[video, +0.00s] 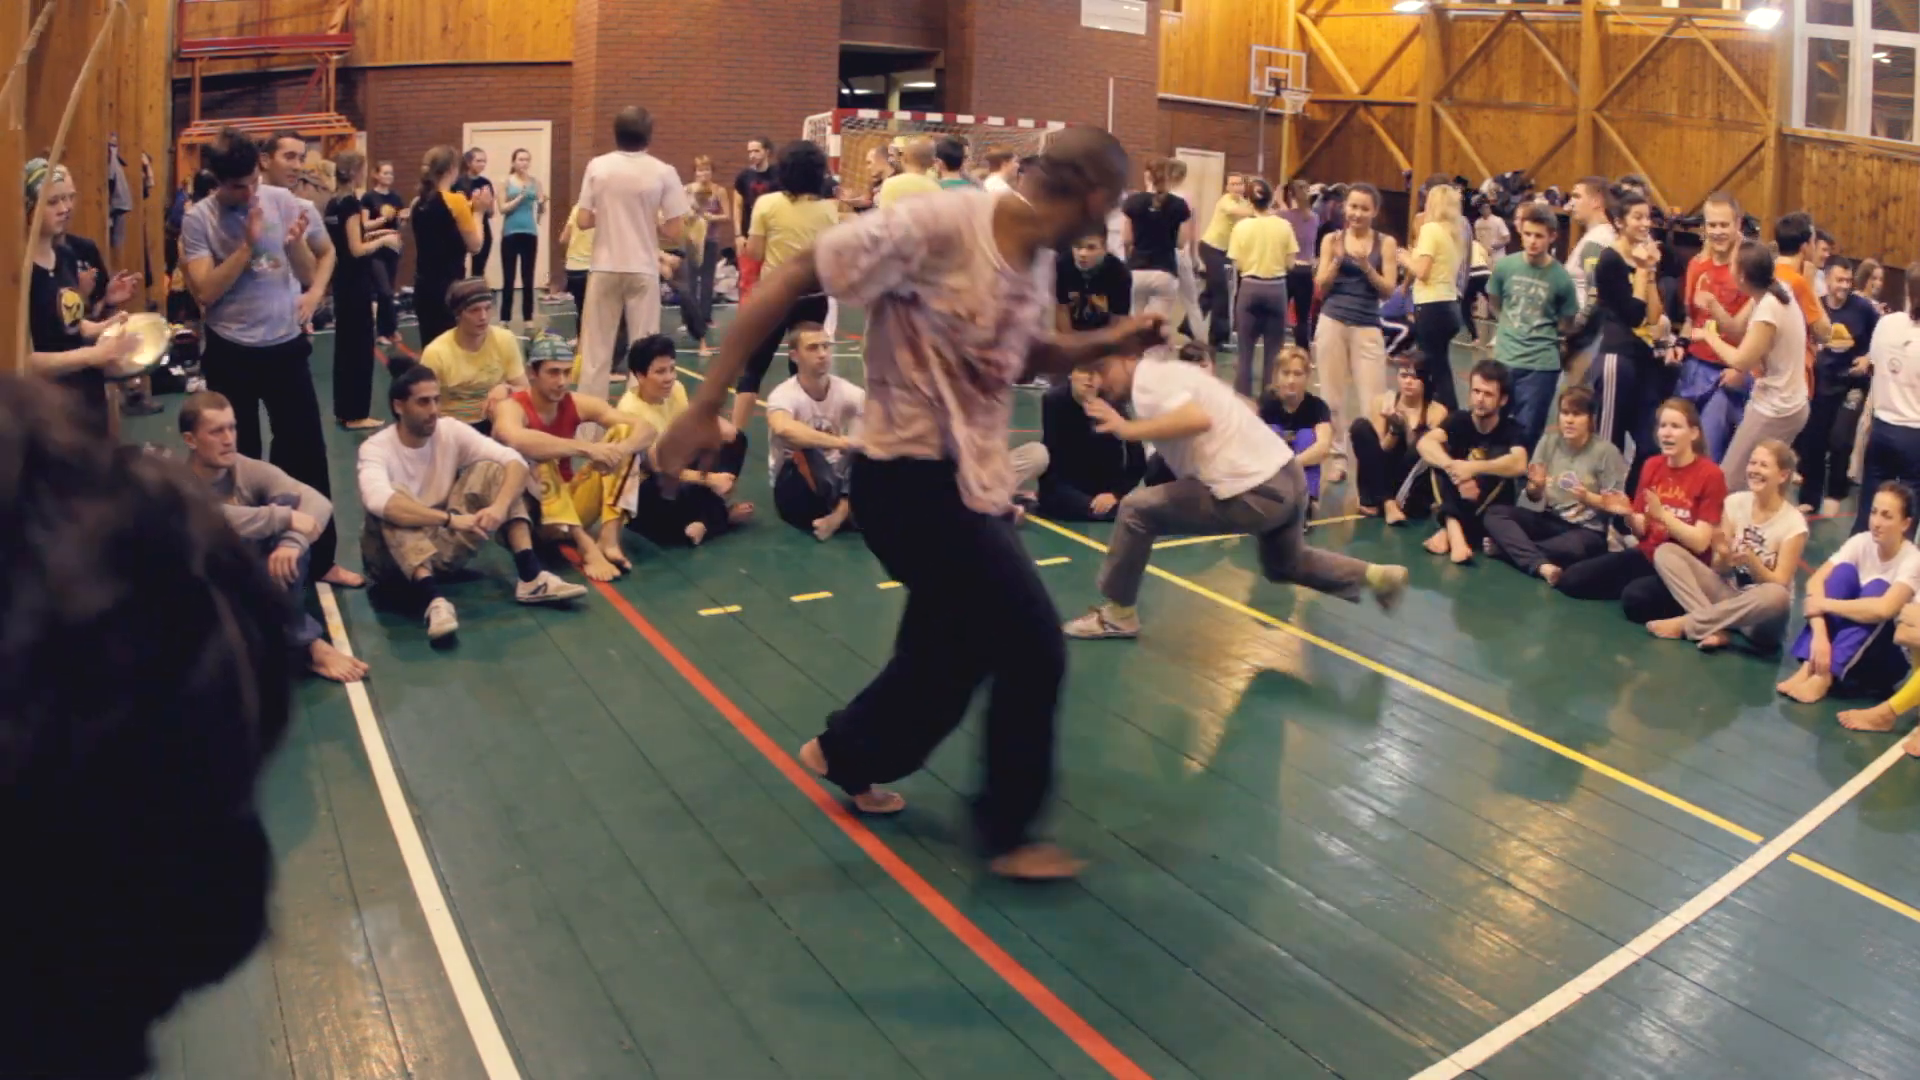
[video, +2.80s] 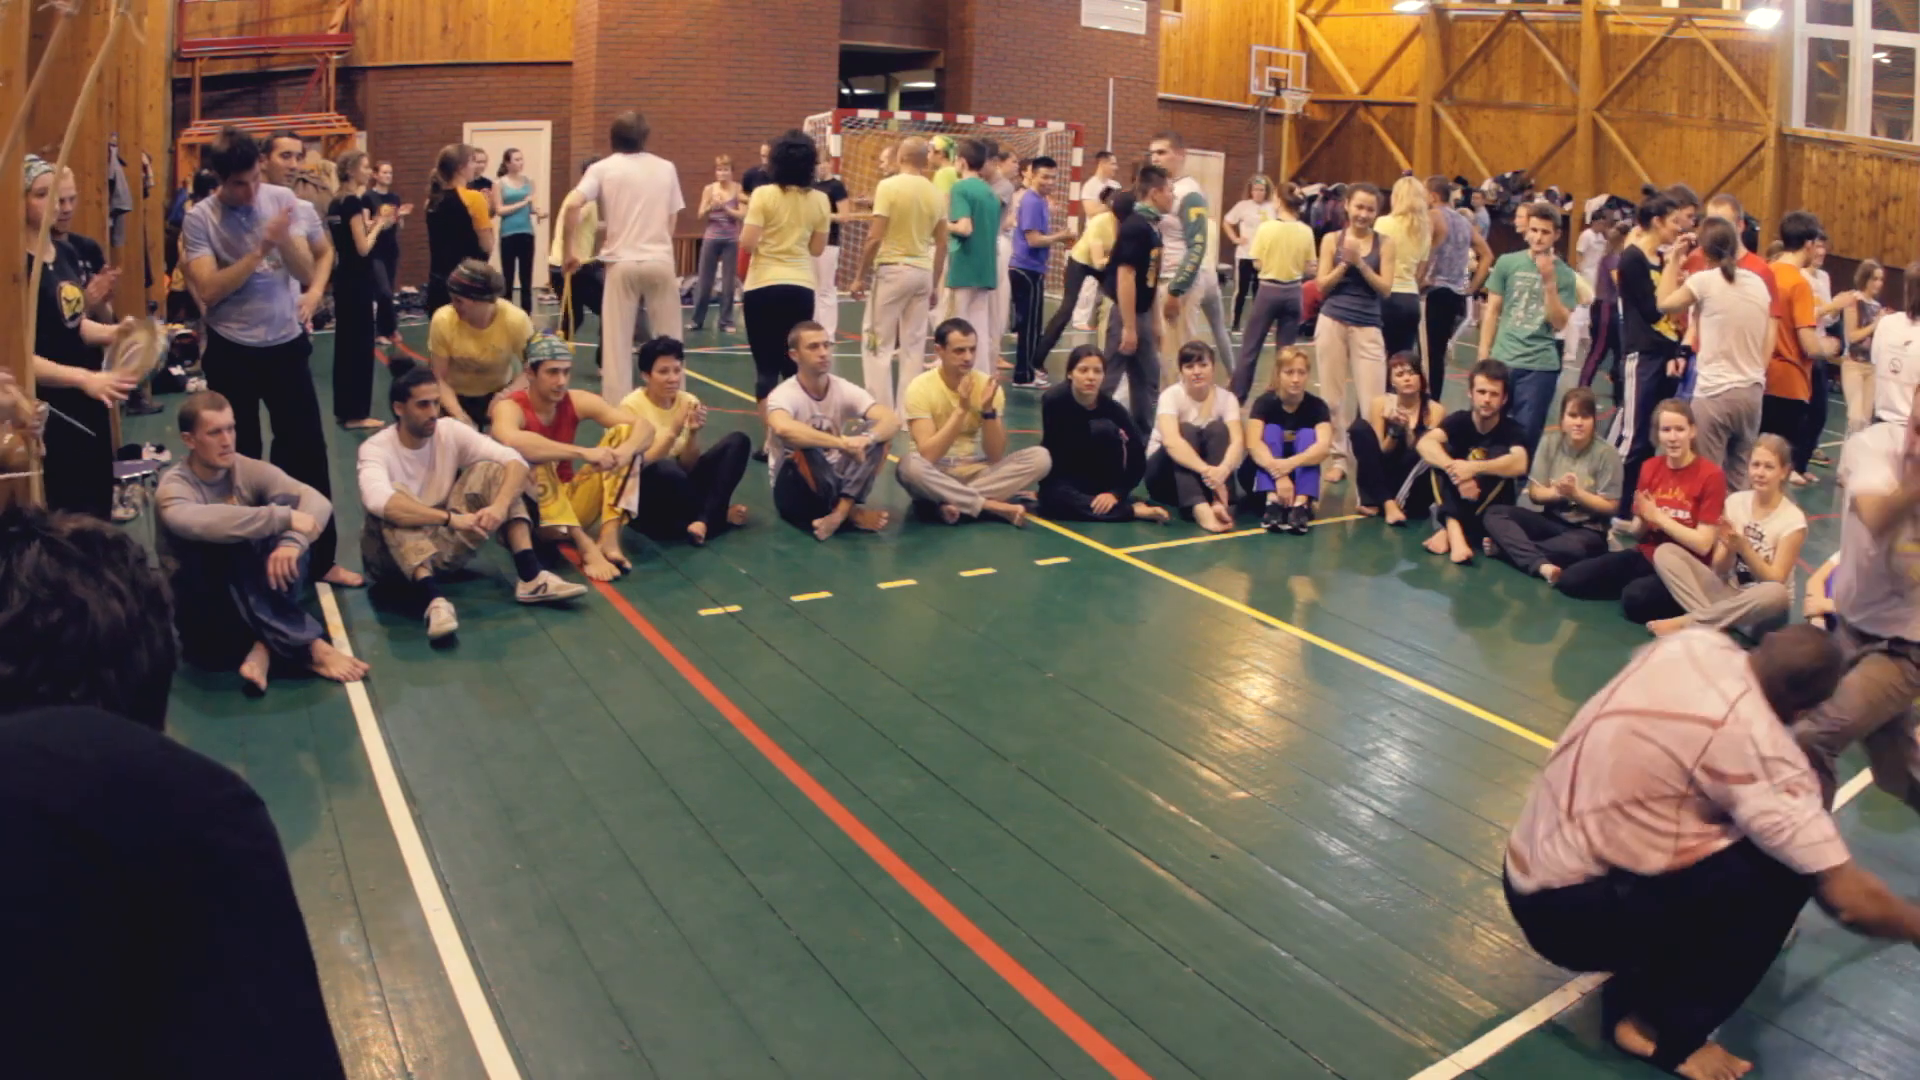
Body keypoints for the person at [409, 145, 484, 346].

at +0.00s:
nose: (458, 172)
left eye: (457, 167)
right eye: (457, 167)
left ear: (429, 169)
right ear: (451, 170)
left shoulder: (417, 204)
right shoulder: (455, 201)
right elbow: (475, 244)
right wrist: (479, 212)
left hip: (424, 284)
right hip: (450, 286)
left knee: (430, 348)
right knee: (451, 348)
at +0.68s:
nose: (480, 167)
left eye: (480, 162)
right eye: (478, 163)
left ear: (450, 166)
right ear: (471, 168)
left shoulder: (433, 201)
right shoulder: (476, 200)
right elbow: (491, 245)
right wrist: (496, 211)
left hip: (438, 283)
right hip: (469, 284)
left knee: (439, 345)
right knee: (467, 344)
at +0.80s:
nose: (481, 167)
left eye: (481, 162)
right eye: (479, 163)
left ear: (451, 166)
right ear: (472, 169)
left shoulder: (436, 201)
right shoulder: (480, 202)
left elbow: (438, 241)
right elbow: (488, 245)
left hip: (441, 279)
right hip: (470, 280)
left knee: (441, 339)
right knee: (469, 338)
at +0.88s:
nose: (484, 167)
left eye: (484, 163)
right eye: (482, 163)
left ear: (454, 165)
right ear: (474, 168)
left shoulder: (437, 200)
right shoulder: (480, 201)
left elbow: (440, 238)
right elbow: (494, 247)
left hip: (442, 278)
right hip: (472, 279)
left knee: (442, 338)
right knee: (471, 338)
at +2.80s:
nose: (476, 166)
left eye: (476, 161)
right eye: (473, 162)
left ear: (445, 167)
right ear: (463, 167)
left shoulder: (432, 200)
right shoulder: (474, 198)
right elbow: (487, 245)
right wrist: (486, 210)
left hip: (438, 280)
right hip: (467, 280)